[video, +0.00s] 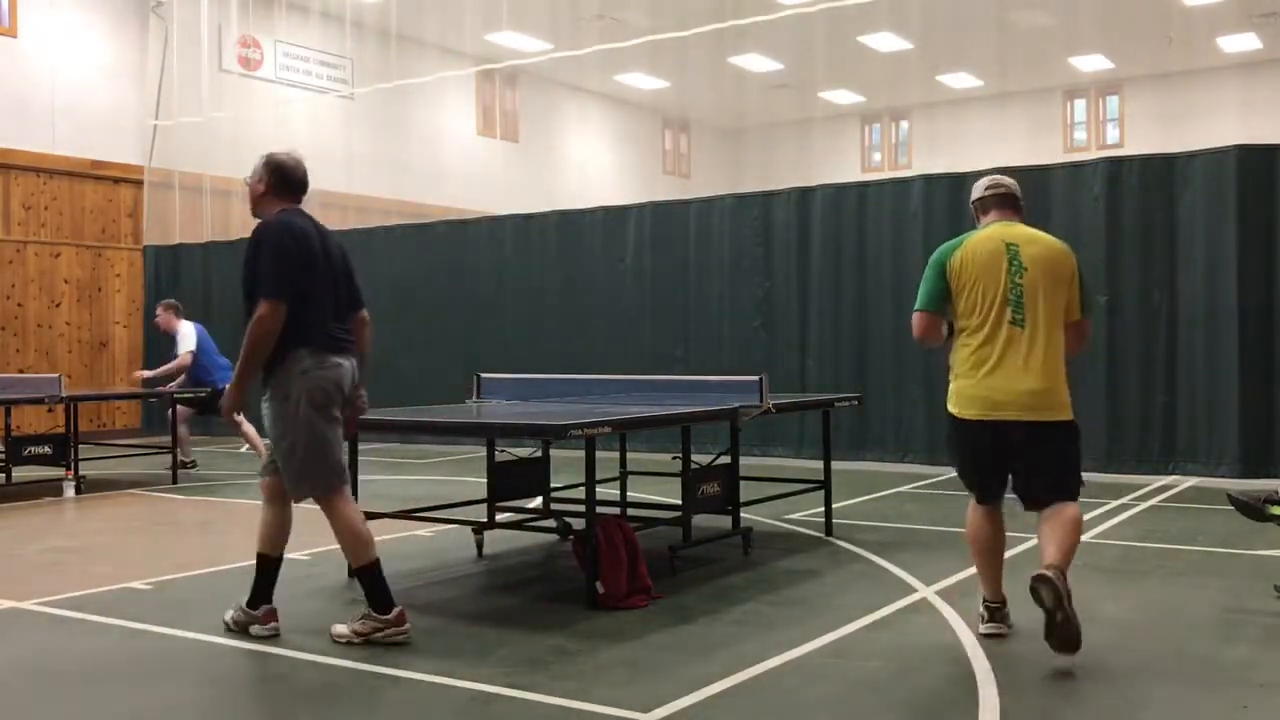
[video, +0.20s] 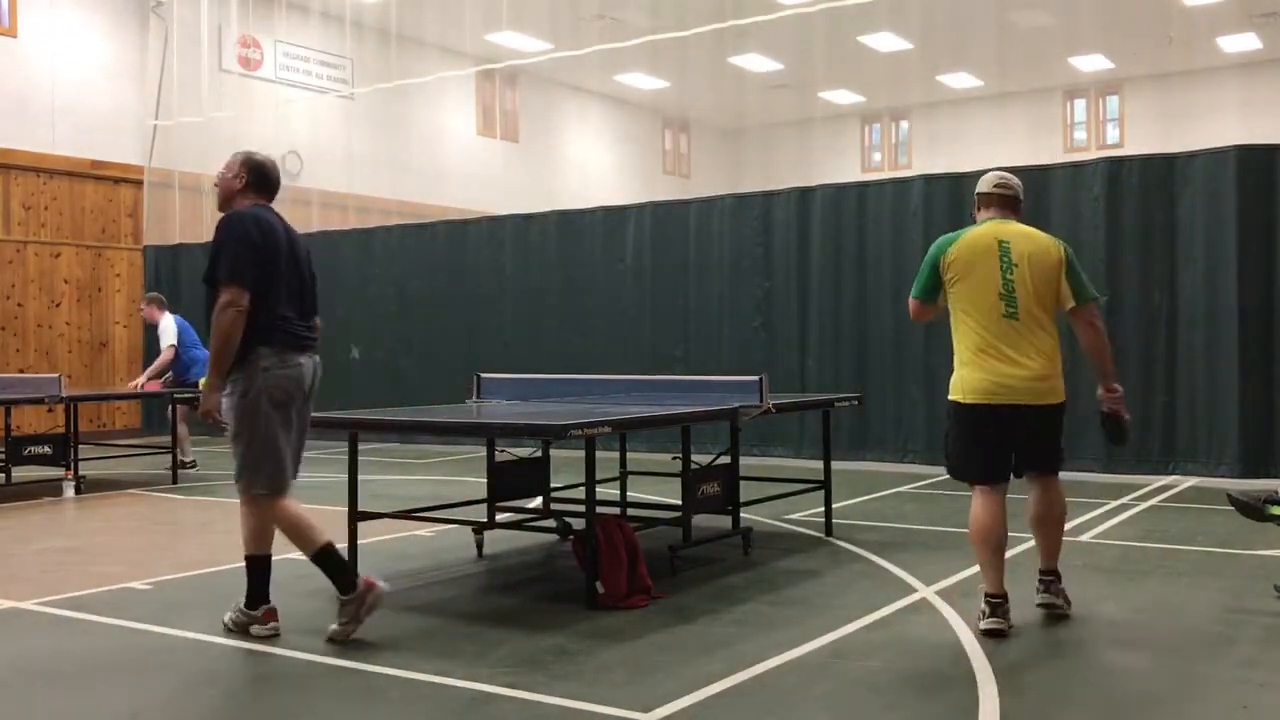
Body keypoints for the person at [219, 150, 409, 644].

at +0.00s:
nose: (248, 192)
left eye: (251, 184)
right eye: (250, 183)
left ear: (264, 187)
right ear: (296, 190)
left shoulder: (271, 232)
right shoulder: (326, 237)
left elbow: (270, 313)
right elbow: (360, 318)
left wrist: (237, 386)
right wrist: (357, 382)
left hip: (302, 369)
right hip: (337, 366)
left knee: (332, 493)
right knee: (275, 486)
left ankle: (384, 610)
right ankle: (258, 607)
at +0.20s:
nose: (216, 179)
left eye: (223, 171)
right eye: (220, 171)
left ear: (240, 177)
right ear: (261, 186)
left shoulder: (239, 222)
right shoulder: (286, 230)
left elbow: (233, 304)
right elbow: (308, 320)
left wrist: (212, 384)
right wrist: (300, 374)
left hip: (266, 365)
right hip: (299, 362)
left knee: (264, 492)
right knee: (257, 489)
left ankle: (353, 587)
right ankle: (257, 607)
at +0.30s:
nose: (203, 179)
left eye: (210, 171)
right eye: (207, 171)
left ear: (229, 179)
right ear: (244, 185)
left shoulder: (226, 222)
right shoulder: (269, 229)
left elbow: (221, 302)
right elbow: (279, 309)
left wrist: (198, 384)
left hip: (251, 365)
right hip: (284, 363)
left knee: (219, 489)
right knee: (246, 489)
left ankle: (314, 577)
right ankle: (256, 609)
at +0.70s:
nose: (135, 192)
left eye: (138, 184)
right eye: (141, 184)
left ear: (146, 186)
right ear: (186, 193)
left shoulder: (131, 234)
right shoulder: (216, 243)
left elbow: (129, 317)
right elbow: (230, 327)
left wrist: (118, 397)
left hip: (150, 384)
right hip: (211, 382)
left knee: (101, 501)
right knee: (218, 497)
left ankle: (58, 624)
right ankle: (255, 609)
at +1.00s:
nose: (127, 189)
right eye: (125, 182)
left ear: (73, 189)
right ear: (120, 186)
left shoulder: (43, 233)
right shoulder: (150, 235)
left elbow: (13, 315)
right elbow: (178, 324)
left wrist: (5, 371)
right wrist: (191, 390)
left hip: (66, 375)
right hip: (139, 373)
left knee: (69, 504)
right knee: (166, 495)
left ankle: (57, 629)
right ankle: (201, 613)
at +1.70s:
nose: (108, 179)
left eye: (106, 169)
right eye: (102, 169)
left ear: (54, 172)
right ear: (79, 170)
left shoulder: (20, 217)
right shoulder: (71, 218)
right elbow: (76, 314)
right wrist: (107, 396)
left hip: (17, 369)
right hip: (39, 373)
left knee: (40, 510)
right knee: (26, 517)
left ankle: (56, 631)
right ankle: (7, 660)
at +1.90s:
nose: (109, 177)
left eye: (108, 167)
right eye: (103, 167)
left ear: (58, 169)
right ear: (73, 169)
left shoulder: (24, 212)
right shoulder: (53, 221)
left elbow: (37, 318)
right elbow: (49, 321)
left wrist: (68, 403)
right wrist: (81, 407)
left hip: (19, 373)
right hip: (26, 378)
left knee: (33, 508)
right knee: (14, 515)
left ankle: (56, 628)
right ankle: (6, 660)